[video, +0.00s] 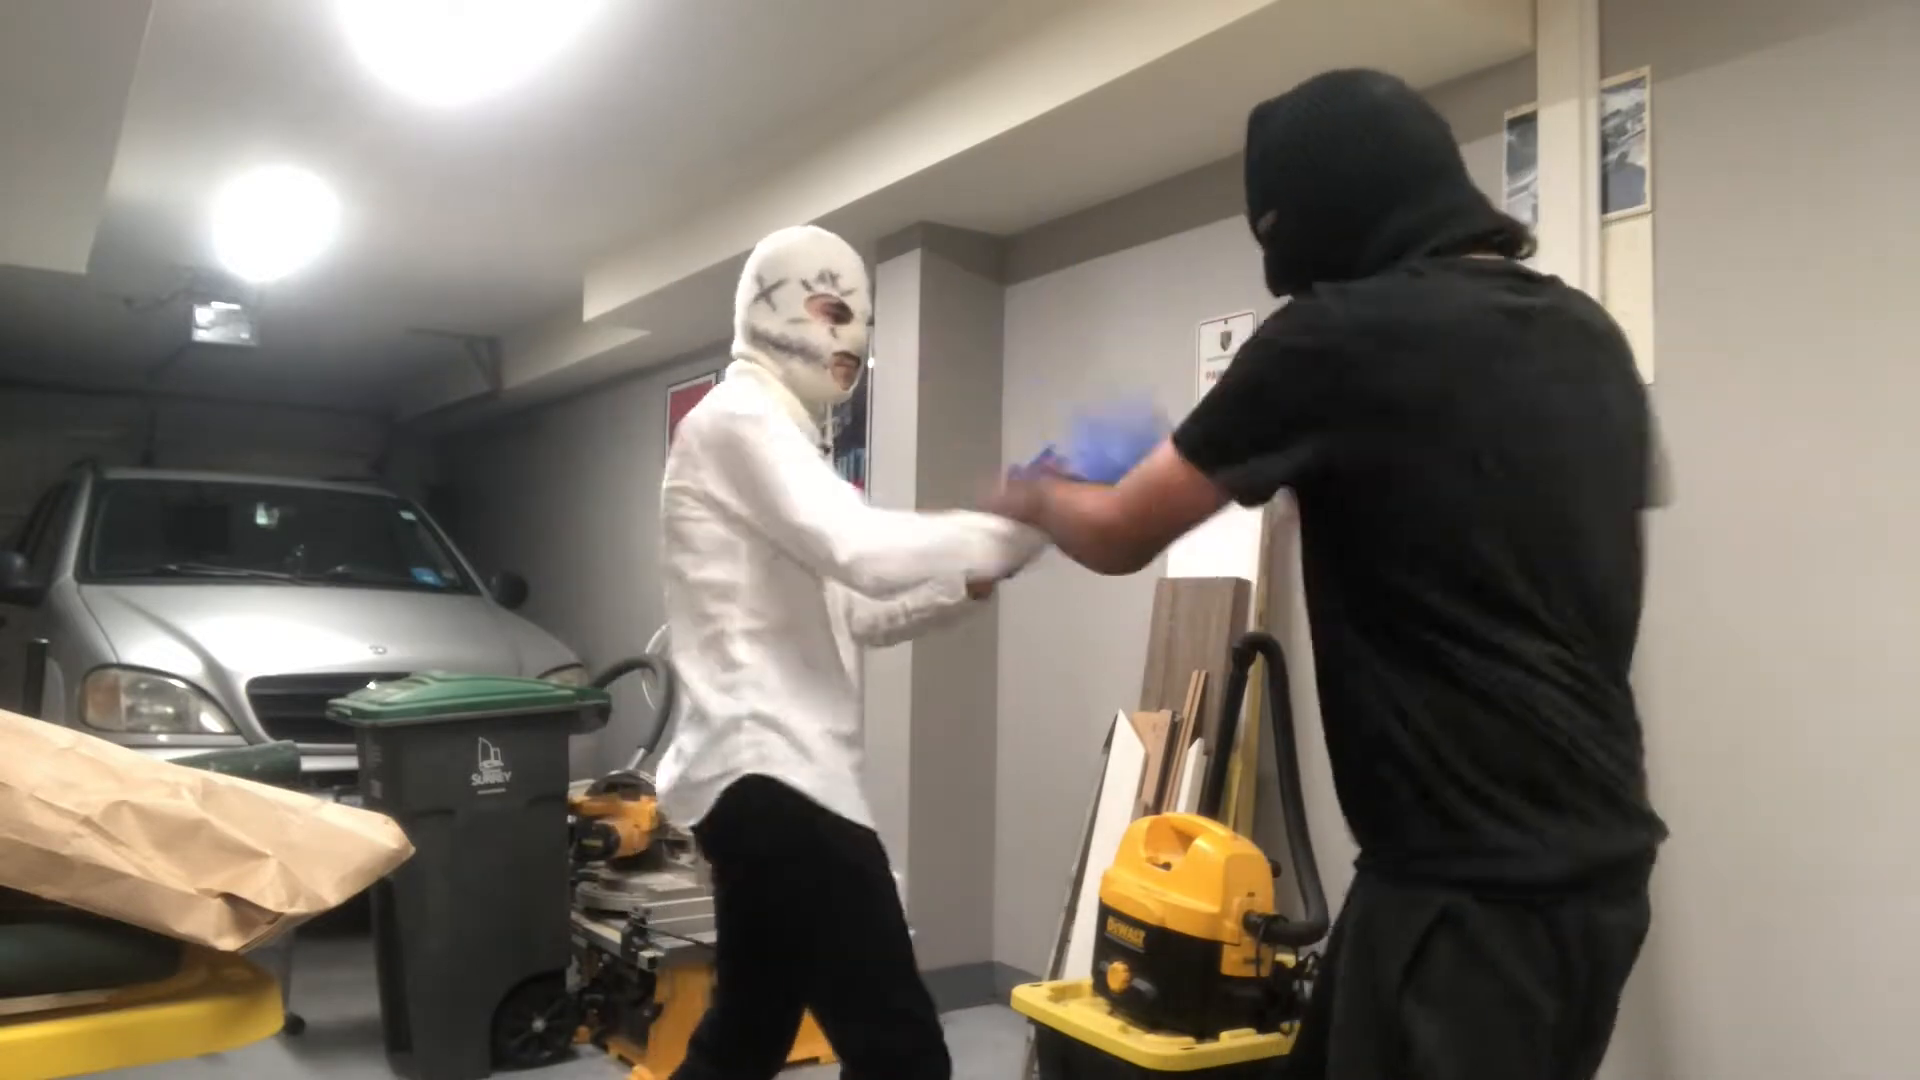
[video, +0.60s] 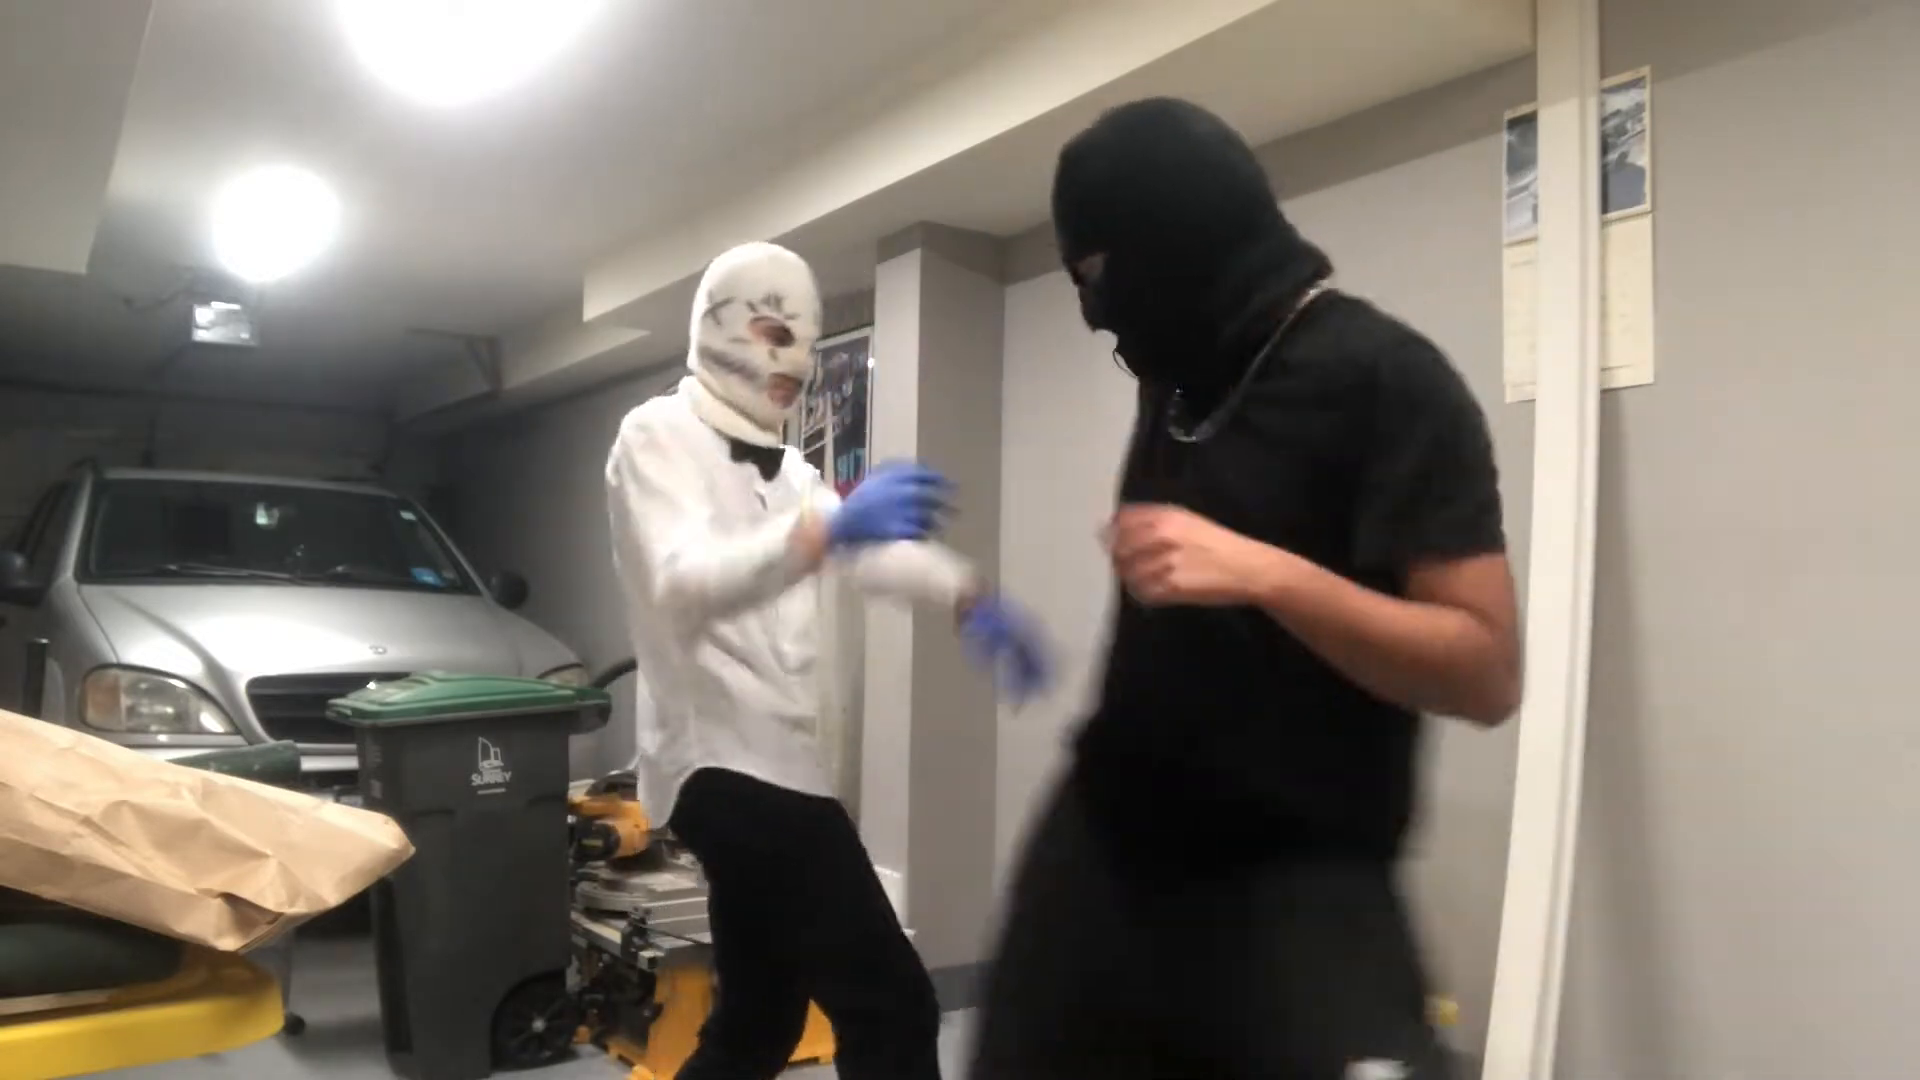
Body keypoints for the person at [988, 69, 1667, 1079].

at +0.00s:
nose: (1268, 248)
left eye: (1269, 219)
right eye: (1263, 221)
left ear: (1310, 207)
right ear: (1431, 173)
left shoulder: (1331, 337)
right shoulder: (1584, 329)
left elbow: (1115, 533)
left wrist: (1040, 495)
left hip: (1449, 894)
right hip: (1599, 883)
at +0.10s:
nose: (1251, 251)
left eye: (1251, 226)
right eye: (1246, 230)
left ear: (1295, 207)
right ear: (1399, 169)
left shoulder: (1340, 318)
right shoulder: (1545, 310)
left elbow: (1136, 541)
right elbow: (1374, 444)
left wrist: (1087, 515)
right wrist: (1202, 369)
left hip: (1447, 877)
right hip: (1575, 865)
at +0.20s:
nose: (1244, 262)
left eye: (1244, 229)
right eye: (1233, 236)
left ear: (1306, 191)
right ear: (1340, 179)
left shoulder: (1437, 286)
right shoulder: (1387, 290)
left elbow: (1195, 529)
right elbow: (1231, 423)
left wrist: (1126, 489)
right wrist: (1081, 502)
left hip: (1512, 827)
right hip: (1405, 810)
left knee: (1427, 1061)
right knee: (1327, 1054)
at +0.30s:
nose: (1210, 266)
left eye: (1218, 231)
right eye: (1200, 238)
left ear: (1292, 201)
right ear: (1295, 206)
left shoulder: (1481, 296)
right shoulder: (1304, 340)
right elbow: (1225, 470)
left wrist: (1229, 502)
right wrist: (1114, 614)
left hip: (1484, 829)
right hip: (1332, 812)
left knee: (1449, 1059)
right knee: (1279, 1055)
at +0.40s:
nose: (1163, 300)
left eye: (1170, 260)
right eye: (1151, 268)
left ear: (1246, 224)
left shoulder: (1471, 339)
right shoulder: (1258, 378)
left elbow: (1472, 612)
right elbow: (1249, 584)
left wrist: (1207, 492)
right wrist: (1215, 713)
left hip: (1465, 867)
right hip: (1283, 839)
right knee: (1156, 1054)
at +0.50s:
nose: (1119, 317)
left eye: (1123, 277)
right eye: (1106, 286)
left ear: (1199, 241)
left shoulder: (1415, 360)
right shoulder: (1218, 385)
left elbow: (1443, 681)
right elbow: (1225, 644)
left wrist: (1205, 535)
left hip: (1393, 911)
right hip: (1204, 883)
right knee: (1107, 1060)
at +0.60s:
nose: (1092, 309)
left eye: (1100, 271)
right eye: (1080, 280)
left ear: (1180, 237)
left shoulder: (1386, 379)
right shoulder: (1181, 389)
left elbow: (1488, 673)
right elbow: (1177, 654)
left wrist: (1263, 572)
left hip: (1297, 908)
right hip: (1109, 885)